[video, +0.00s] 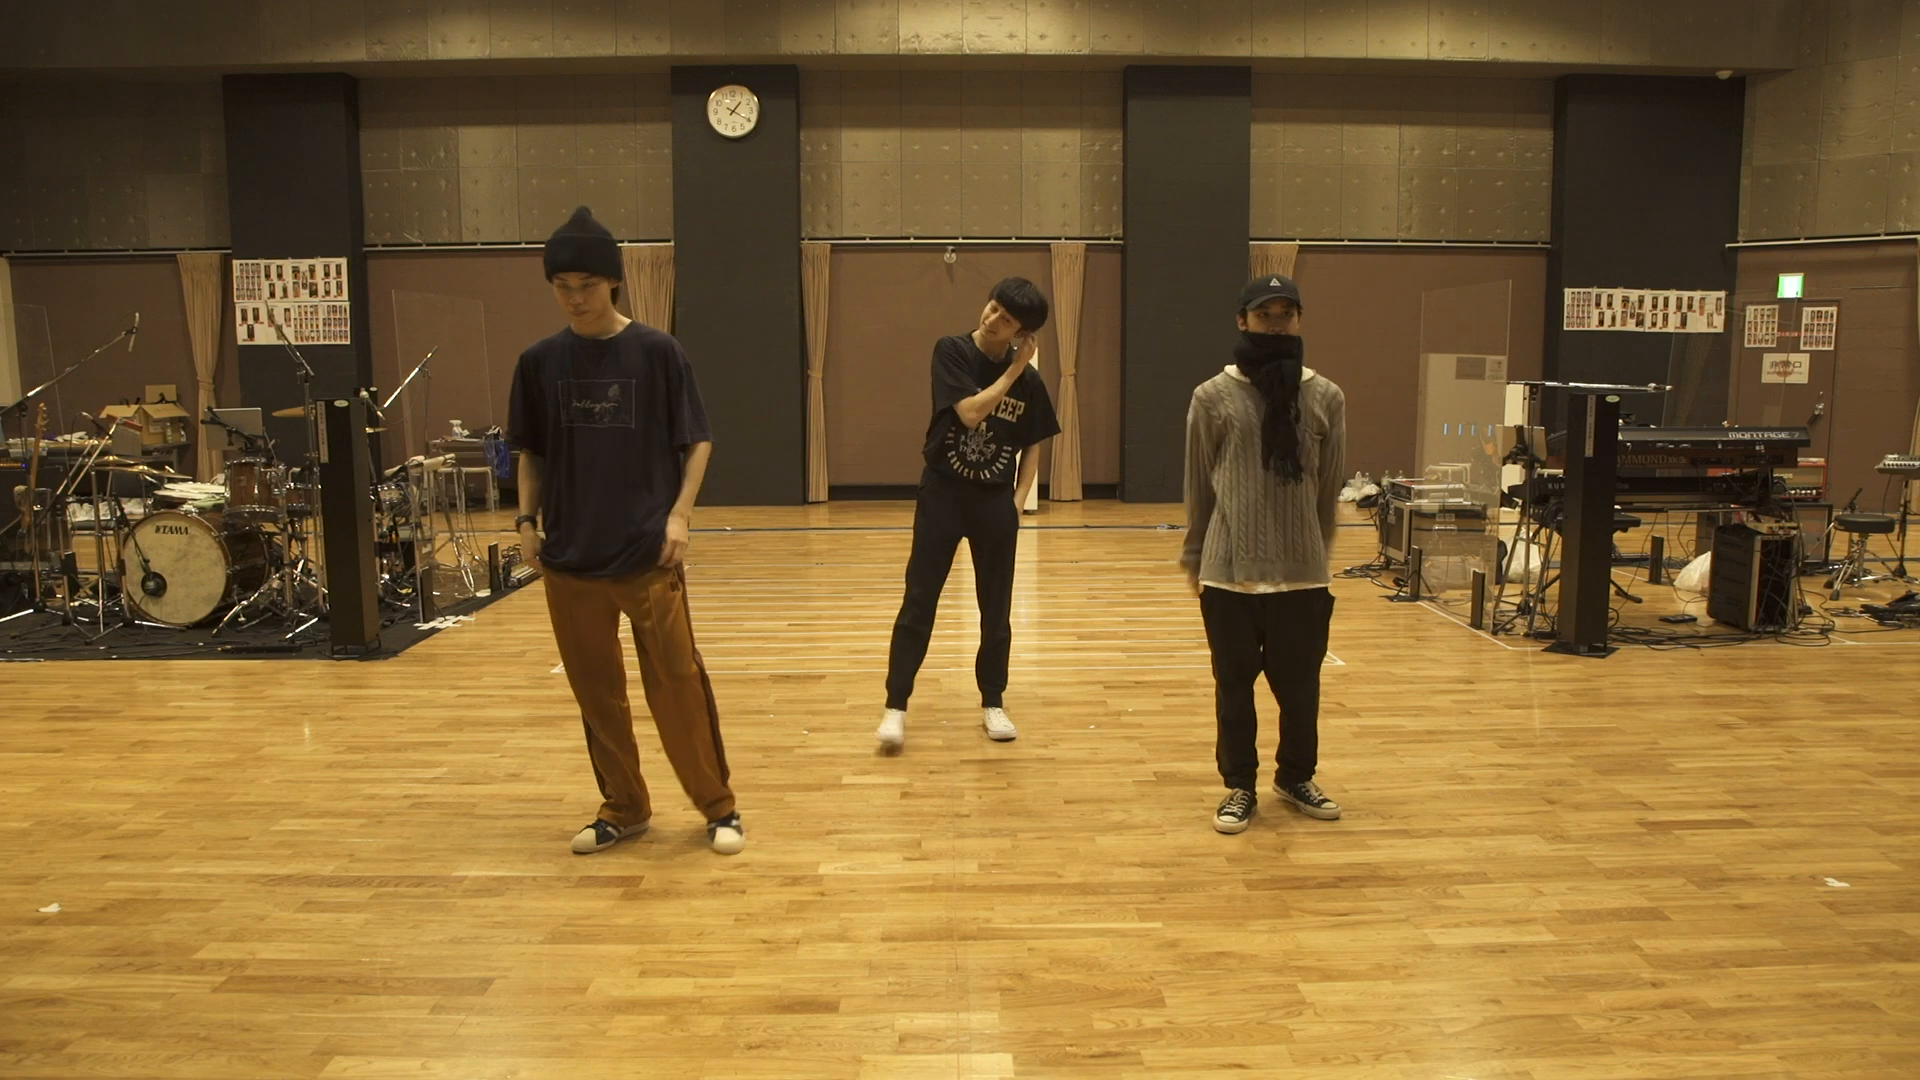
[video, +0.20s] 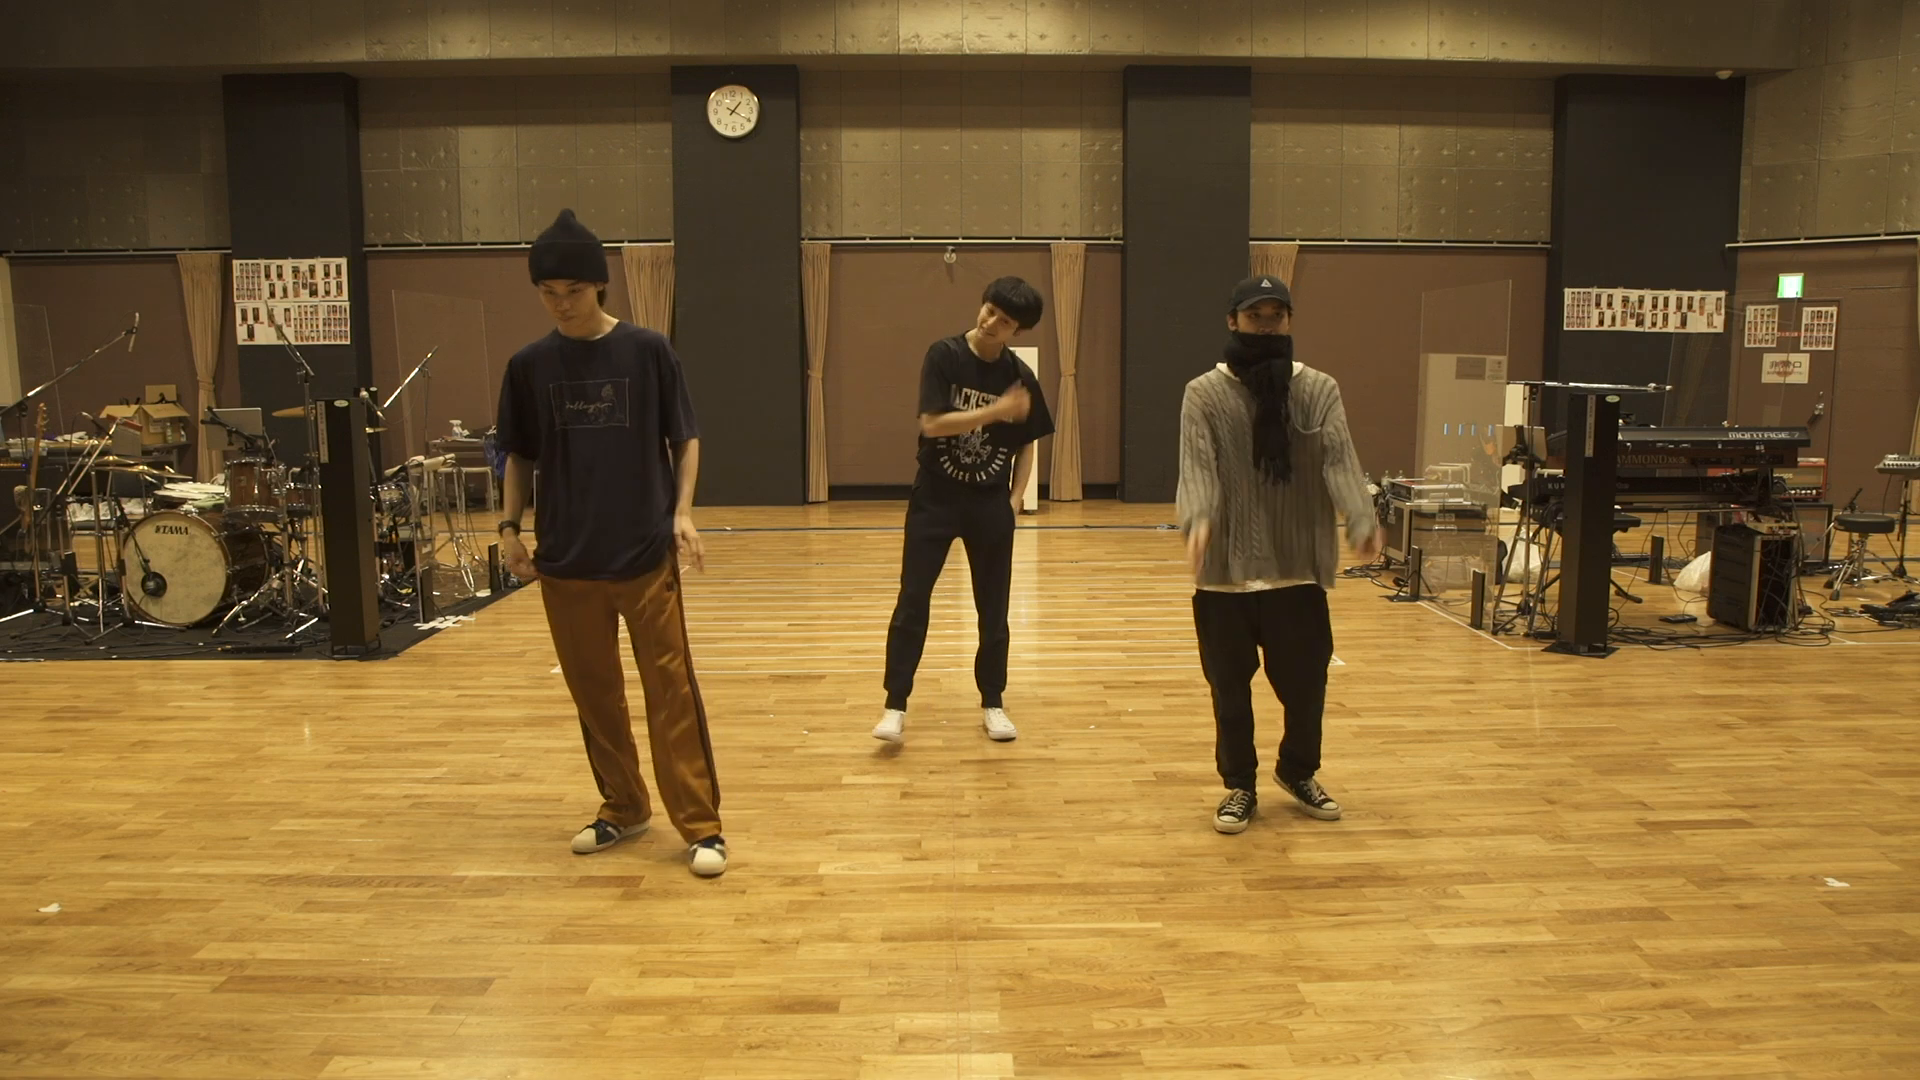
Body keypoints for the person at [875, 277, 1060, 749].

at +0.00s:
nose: (993, 319)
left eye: (1006, 320)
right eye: (995, 308)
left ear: (1022, 332)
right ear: (986, 303)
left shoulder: (1028, 380)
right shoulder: (952, 351)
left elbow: (1034, 442)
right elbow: (968, 414)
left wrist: (1019, 499)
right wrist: (1015, 369)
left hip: (996, 502)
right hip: (942, 495)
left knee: (996, 608)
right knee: (919, 601)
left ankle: (994, 705)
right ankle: (895, 708)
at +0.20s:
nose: (992, 321)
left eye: (1005, 320)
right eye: (991, 310)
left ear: (1018, 330)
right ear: (981, 304)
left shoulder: (1020, 378)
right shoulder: (943, 355)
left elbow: (1028, 441)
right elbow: (931, 423)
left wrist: (1014, 496)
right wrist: (996, 411)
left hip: (990, 506)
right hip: (934, 500)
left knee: (994, 610)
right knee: (912, 602)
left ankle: (993, 705)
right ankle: (895, 707)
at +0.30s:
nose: (983, 323)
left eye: (995, 321)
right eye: (981, 312)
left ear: (1009, 329)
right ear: (971, 306)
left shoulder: (1009, 377)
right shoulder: (930, 359)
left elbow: (1018, 443)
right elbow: (906, 429)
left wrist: (1009, 496)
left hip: (987, 504)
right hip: (929, 500)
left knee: (991, 609)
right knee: (912, 603)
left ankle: (993, 705)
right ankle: (899, 709)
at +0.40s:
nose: (979, 324)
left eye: (990, 321)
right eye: (975, 312)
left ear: (1000, 328)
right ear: (960, 305)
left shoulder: (997, 377)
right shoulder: (920, 365)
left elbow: (1007, 447)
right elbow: (904, 438)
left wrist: (1004, 502)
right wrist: (888, 506)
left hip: (983, 510)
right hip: (926, 507)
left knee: (989, 611)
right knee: (912, 611)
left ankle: (993, 705)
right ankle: (902, 713)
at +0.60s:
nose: (961, 309)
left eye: (968, 305)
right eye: (954, 298)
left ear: (971, 315)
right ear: (928, 297)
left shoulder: (970, 371)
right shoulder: (884, 362)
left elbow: (976, 439)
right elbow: (836, 416)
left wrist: (982, 496)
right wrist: (822, 488)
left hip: (964, 505)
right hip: (907, 508)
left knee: (990, 608)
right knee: (901, 615)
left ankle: (990, 701)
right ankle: (900, 713)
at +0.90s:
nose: (904, 292)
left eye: (911, 287)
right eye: (893, 286)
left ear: (921, 303)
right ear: (873, 301)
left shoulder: (946, 360)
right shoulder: (859, 372)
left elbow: (971, 428)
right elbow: (839, 446)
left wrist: (970, 498)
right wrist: (826, 516)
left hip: (947, 501)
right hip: (890, 506)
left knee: (978, 604)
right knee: (892, 616)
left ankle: (1007, 704)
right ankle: (899, 713)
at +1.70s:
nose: (967, 301)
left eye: (971, 293)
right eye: (956, 298)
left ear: (982, 301)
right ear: (938, 313)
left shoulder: (1004, 365)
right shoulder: (923, 371)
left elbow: (1021, 431)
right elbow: (889, 436)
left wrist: (1020, 488)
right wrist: (884, 506)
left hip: (998, 504)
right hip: (943, 505)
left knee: (992, 606)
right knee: (927, 607)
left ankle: (988, 696)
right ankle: (907, 711)